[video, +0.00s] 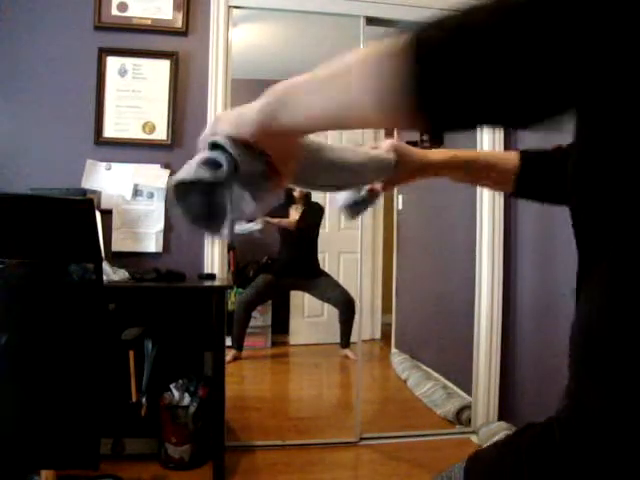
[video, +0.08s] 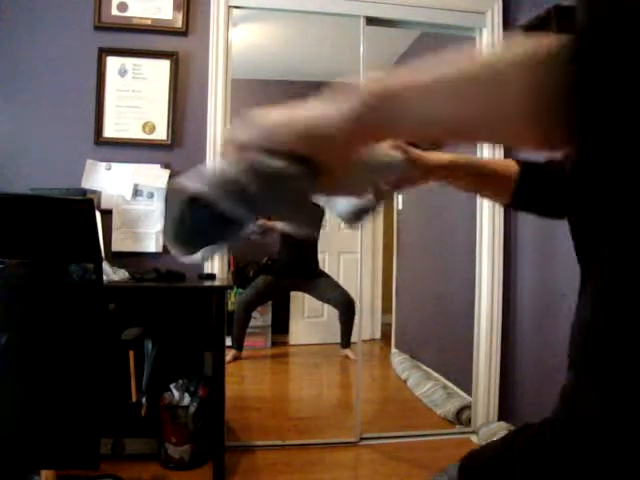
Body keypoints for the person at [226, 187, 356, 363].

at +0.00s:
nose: (300, 187)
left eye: (305, 182)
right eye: (296, 183)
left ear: (311, 187)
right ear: (289, 186)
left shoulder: (316, 209)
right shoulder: (279, 208)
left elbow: (298, 225)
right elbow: (261, 220)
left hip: (310, 272)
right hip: (280, 271)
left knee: (346, 303)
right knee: (244, 302)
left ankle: (345, 347)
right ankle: (236, 349)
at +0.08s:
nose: (295, 192)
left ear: (305, 190)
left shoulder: (314, 210)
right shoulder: (272, 209)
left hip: (309, 272)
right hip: (277, 273)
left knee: (346, 303)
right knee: (244, 302)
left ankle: (345, 347)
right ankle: (236, 350)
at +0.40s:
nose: (298, 184)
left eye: (302, 181)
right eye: (295, 181)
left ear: (309, 186)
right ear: (289, 186)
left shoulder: (317, 213)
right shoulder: (284, 208)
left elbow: (346, 230)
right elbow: (260, 218)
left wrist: (339, 224)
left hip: (307, 273)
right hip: (278, 272)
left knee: (342, 303)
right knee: (243, 303)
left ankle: (345, 348)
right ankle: (236, 349)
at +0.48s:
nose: (297, 182)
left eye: (301, 179)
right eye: (294, 179)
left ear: (307, 184)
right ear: (288, 184)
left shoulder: (314, 211)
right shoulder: (280, 207)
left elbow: (340, 231)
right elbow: (283, 217)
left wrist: (351, 229)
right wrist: (308, 218)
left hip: (305, 271)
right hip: (277, 271)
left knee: (341, 303)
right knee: (242, 303)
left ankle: (345, 348)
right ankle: (236, 349)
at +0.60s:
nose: (298, 181)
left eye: (302, 179)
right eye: (294, 178)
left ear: (307, 185)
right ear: (288, 184)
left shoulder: (310, 211)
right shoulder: (279, 208)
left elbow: (328, 235)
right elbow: (291, 222)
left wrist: (345, 232)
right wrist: (328, 221)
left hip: (306, 272)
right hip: (278, 271)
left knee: (341, 302)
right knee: (242, 301)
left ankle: (344, 347)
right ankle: (236, 349)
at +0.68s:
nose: (298, 182)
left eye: (301, 179)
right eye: (294, 179)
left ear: (307, 186)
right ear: (288, 185)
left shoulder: (309, 212)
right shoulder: (278, 208)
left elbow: (315, 237)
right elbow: (289, 225)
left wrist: (338, 238)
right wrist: (321, 224)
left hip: (306, 272)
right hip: (277, 272)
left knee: (341, 302)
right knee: (242, 302)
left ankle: (344, 347)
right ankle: (236, 349)